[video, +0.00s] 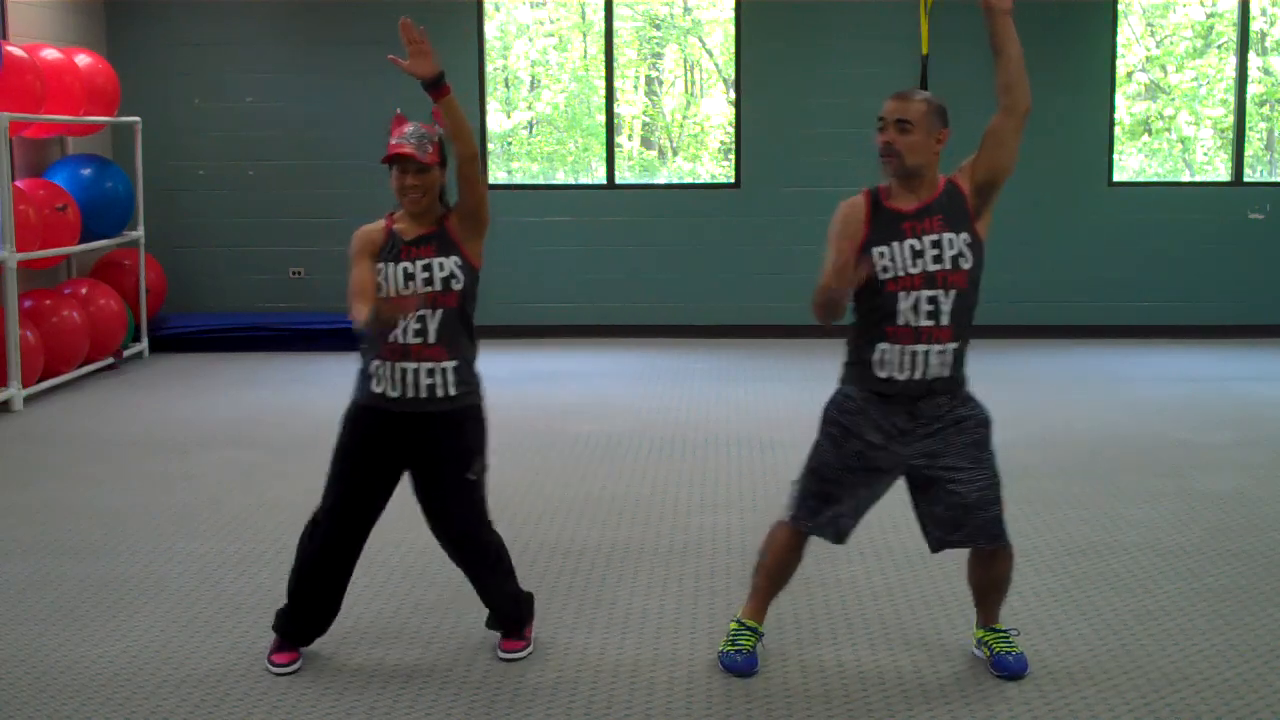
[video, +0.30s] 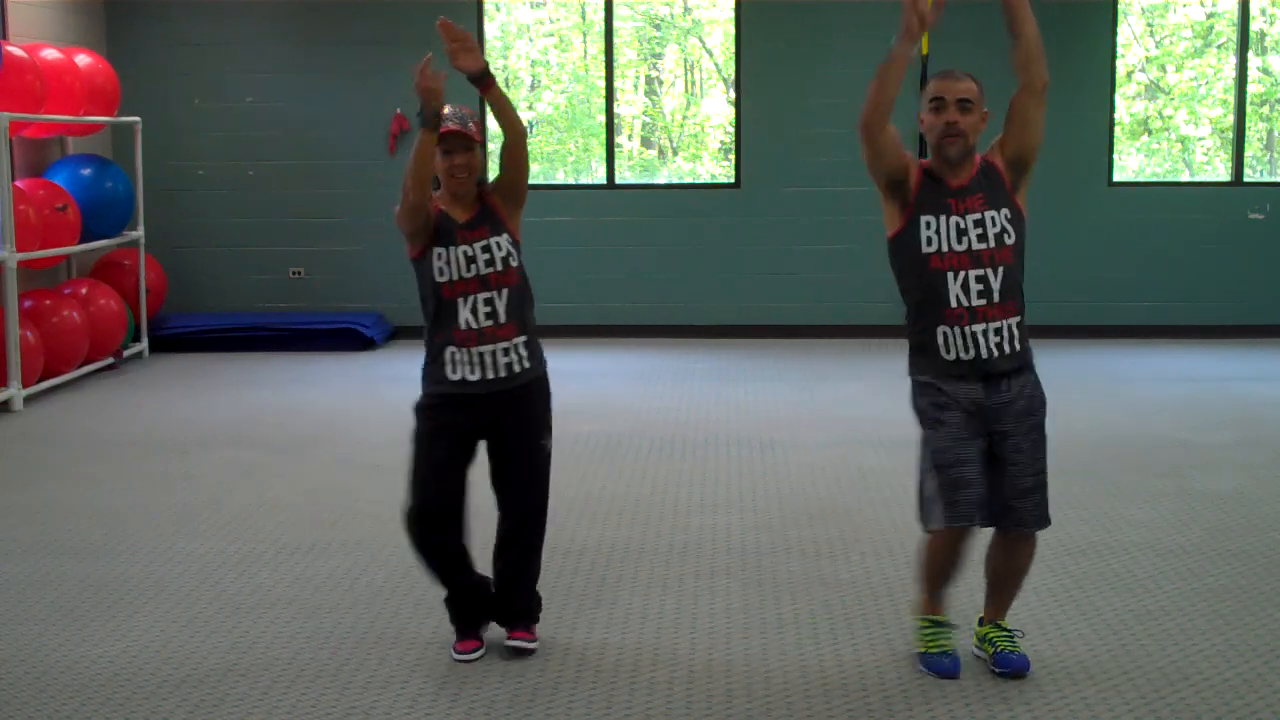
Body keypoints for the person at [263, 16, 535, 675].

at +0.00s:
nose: (408, 180)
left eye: (419, 169)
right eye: (399, 169)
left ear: (441, 174)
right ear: (389, 174)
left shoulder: (464, 230)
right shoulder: (370, 240)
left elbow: (470, 155)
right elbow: (362, 308)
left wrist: (437, 83)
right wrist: (376, 316)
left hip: (449, 411)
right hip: (379, 409)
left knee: (463, 526)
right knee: (336, 523)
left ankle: (514, 616)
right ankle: (293, 632)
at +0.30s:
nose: (459, 159)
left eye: (466, 149)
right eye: (448, 150)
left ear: (482, 156)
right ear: (434, 160)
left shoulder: (503, 208)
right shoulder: (421, 223)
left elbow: (516, 138)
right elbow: (416, 188)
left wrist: (482, 76)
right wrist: (430, 120)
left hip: (520, 386)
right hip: (450, 391)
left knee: (524, 509)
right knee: (429, 517)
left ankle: (520, 614)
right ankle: (470, 613)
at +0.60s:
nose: (494, 174)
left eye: (498, 163)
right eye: (482, 165)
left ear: (506, 169)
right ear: (456, 174)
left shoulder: (520, 218)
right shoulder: (439, 230)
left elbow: (553, 157)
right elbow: (429, 167)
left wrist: (536, 95)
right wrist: (466, 93)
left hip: (546, 391)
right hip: (484, 402)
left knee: (560, 510)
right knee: (496, 518)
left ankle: (537, 614)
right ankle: (477, 620)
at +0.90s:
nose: (528, 177)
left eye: (533, 166)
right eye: (515, 168)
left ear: (540, 171)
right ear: (489, 175)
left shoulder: (561, 229)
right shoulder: (469, 226)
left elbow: (630, 251)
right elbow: (448, 158)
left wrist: (692, 260)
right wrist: (486, 90)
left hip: (555, 405)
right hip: (482, 409)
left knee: (606, 511)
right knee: (459, 522)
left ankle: (662, 615)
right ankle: (472, 620)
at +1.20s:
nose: (552, 184)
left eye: (561, 174)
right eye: (540, 175)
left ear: (575, 182)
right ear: (523, 185)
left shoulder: (599, 244)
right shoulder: (508, 241)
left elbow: (649, 313)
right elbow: (471, 186)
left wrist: (644, 382)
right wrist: (494, 124)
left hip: (597, 416)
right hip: (522, 416)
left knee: (632, 526)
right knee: (463, 517)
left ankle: (671, 628)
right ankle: (451, 609)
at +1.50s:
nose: (491, 153)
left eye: (502, 145)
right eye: (484, 145)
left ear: (522, 159)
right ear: (471, 159)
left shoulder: (543, 220)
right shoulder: (460, 219)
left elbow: (563, 192)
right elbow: (422, 169)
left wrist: (529, 124)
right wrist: (452, 100)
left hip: (533, 397)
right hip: (465, 397)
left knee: (570, 512)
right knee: (450, 518)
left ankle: (602, 623)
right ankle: (444, 626)